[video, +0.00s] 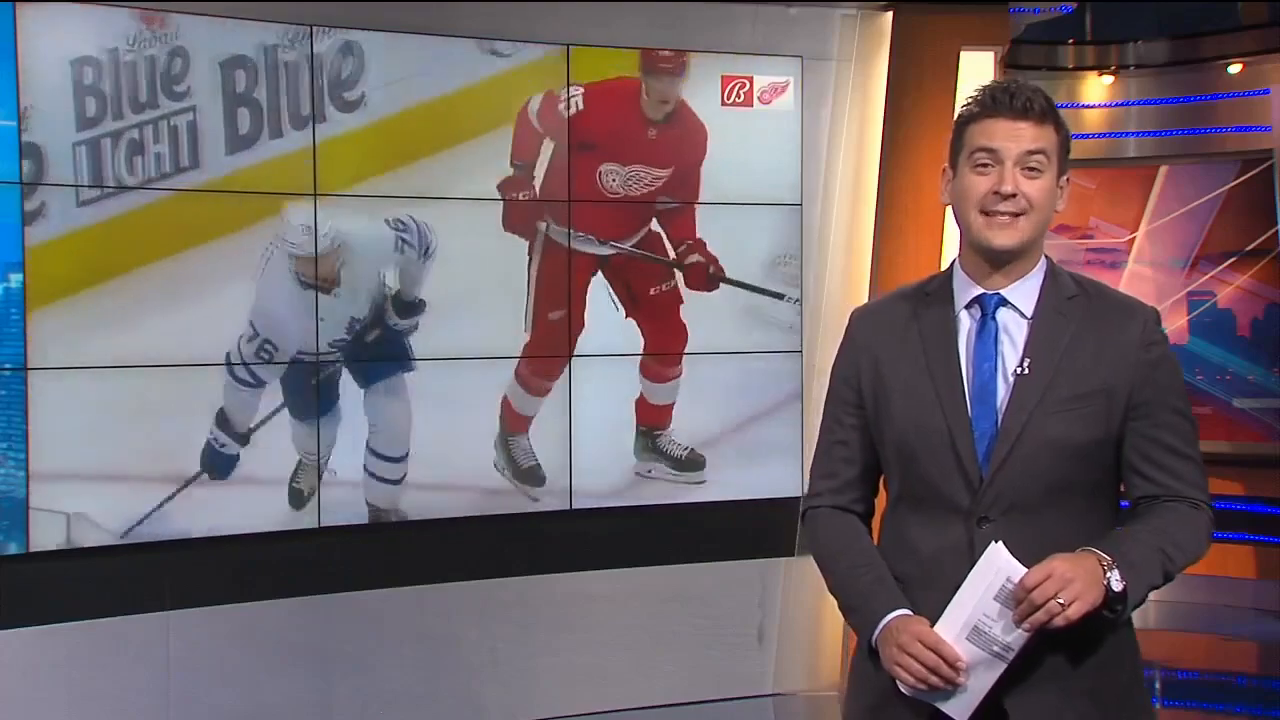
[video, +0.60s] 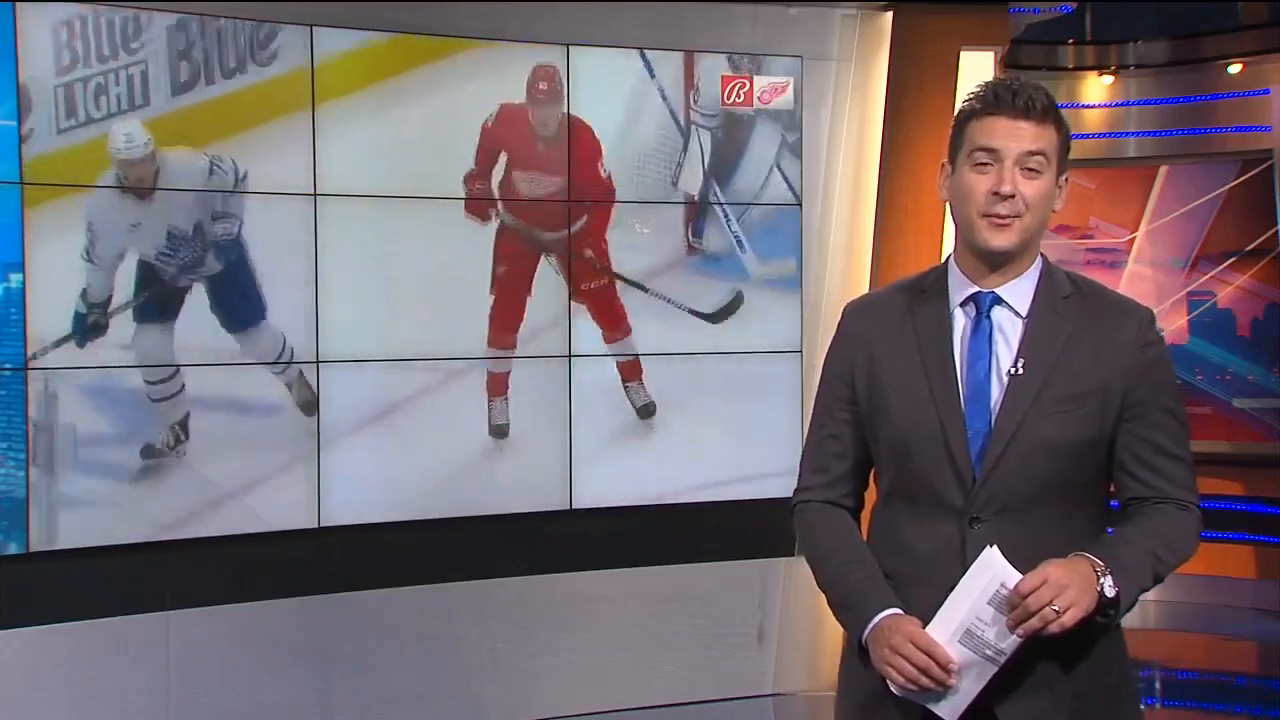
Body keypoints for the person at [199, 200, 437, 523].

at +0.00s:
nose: (318, 272)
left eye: (325, 258)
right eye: (307, 261)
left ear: (338, 248)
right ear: (291, 260)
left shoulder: (371, 242)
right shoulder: (277, 304)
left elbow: (421, 240)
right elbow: (244, 373)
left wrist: (407, 304)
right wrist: (225, 441)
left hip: (368, 331)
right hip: (306, 350)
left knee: (393, 416)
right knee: (312, 434)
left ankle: (383, 506)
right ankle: (312, 462)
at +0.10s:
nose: (265, 252)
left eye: (272, 241)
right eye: (255, 243)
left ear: (291, 234)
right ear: (244, 243)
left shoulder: (327, 231)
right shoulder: (226, 277)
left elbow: (383, 223)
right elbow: (199, 341)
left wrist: (370, 288)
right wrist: (187, 404)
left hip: (329, 311)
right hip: (263, 327)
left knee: (345, 392)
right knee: (269, 414)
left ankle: (353, 495)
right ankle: (296, 461)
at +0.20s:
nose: (212, 249)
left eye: (219, 239)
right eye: (202, 241)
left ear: (235, 227)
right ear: (189, 237)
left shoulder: (278, 228)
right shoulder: (172, 272)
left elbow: (329, 223)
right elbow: (159, 333)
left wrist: (328, 292)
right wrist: (151, 387)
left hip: (289, 312)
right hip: (221, 324)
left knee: (309, 395)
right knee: (222, 410)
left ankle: (323, 490)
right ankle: (261, 481)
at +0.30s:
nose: (178, 236)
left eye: (182, 224)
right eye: (167, 229)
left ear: (194, 218)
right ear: (151, 229)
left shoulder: (238, 225)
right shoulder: (135, 266)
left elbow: (292, 224)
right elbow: (127, 323)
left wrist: (287, 289)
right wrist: (122, 369)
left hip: (256, 306)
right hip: (188, 320)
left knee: (285, 394)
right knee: (185, 405)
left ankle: (301, 485)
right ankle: (213, 496)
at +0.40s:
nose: (132, 221)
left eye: (139, 210)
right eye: (122, 214)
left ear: (153, 205)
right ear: (109, 214)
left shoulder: (194, 215)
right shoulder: (96, 252)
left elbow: (244, 223)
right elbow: (95, 309)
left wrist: (234, 279)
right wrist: (89, 358)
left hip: (218, 301)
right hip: (153, 312)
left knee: (263, 384)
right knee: (143, 399)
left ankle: (299, 460)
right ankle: (179, 486)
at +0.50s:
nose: (125, 198)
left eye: (130, 187)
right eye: (115, 190)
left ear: (143, 181)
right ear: (103, 191)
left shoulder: (182, 197)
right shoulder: (91, 230)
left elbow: (229, 209)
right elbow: (86, 292)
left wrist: (218, 260)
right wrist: (79, 343)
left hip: (206, 281)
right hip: (145, 294)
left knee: (248, 360)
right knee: (136, 379)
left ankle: (297, 423)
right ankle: (164, 468)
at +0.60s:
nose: (138, 173)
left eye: (143, 161)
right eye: (128, 166)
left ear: (155, 156)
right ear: (116, 166)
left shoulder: (190, 168)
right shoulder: (105, 203)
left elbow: (234, 179)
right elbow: (99, 261)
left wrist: (223, 239)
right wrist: (93, 309)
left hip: (215, 252)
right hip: (159, 265)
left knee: (252, 335)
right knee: (150, 347)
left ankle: (294, 379)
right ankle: (175, 428)